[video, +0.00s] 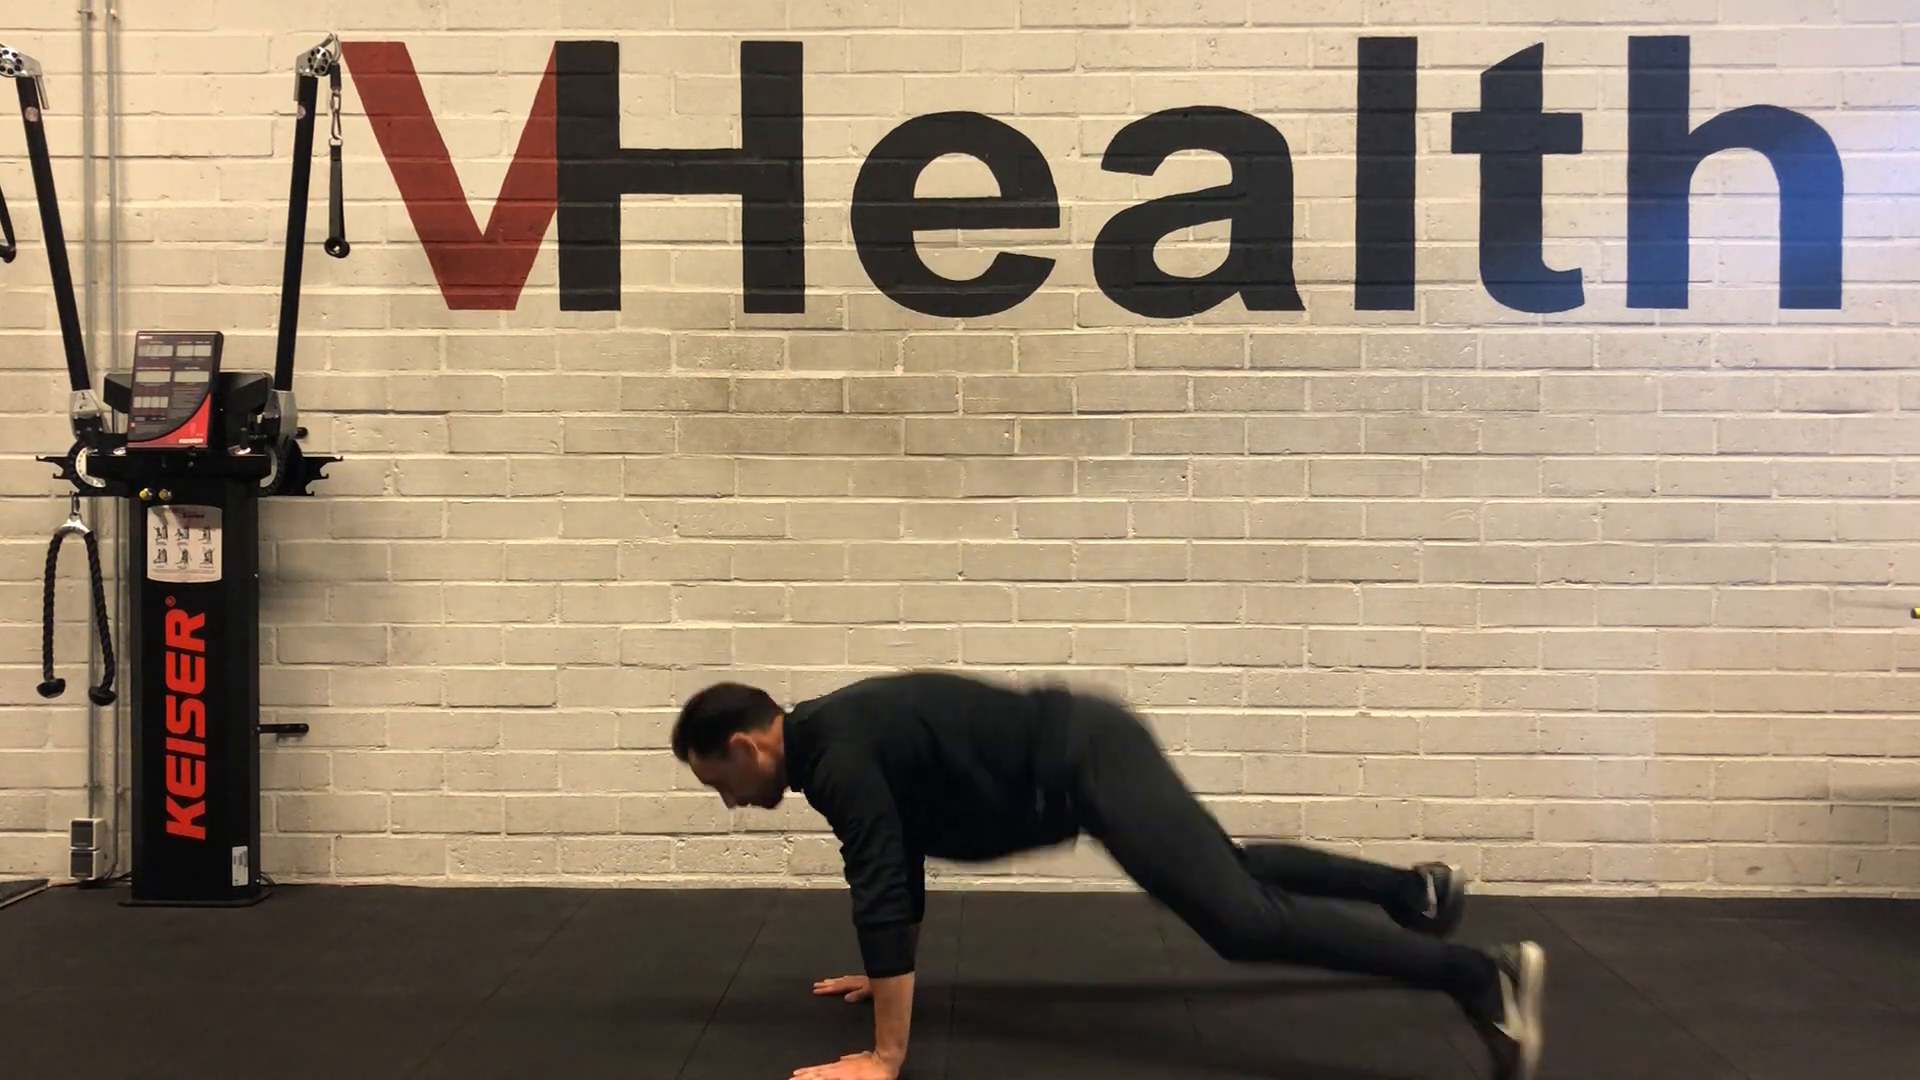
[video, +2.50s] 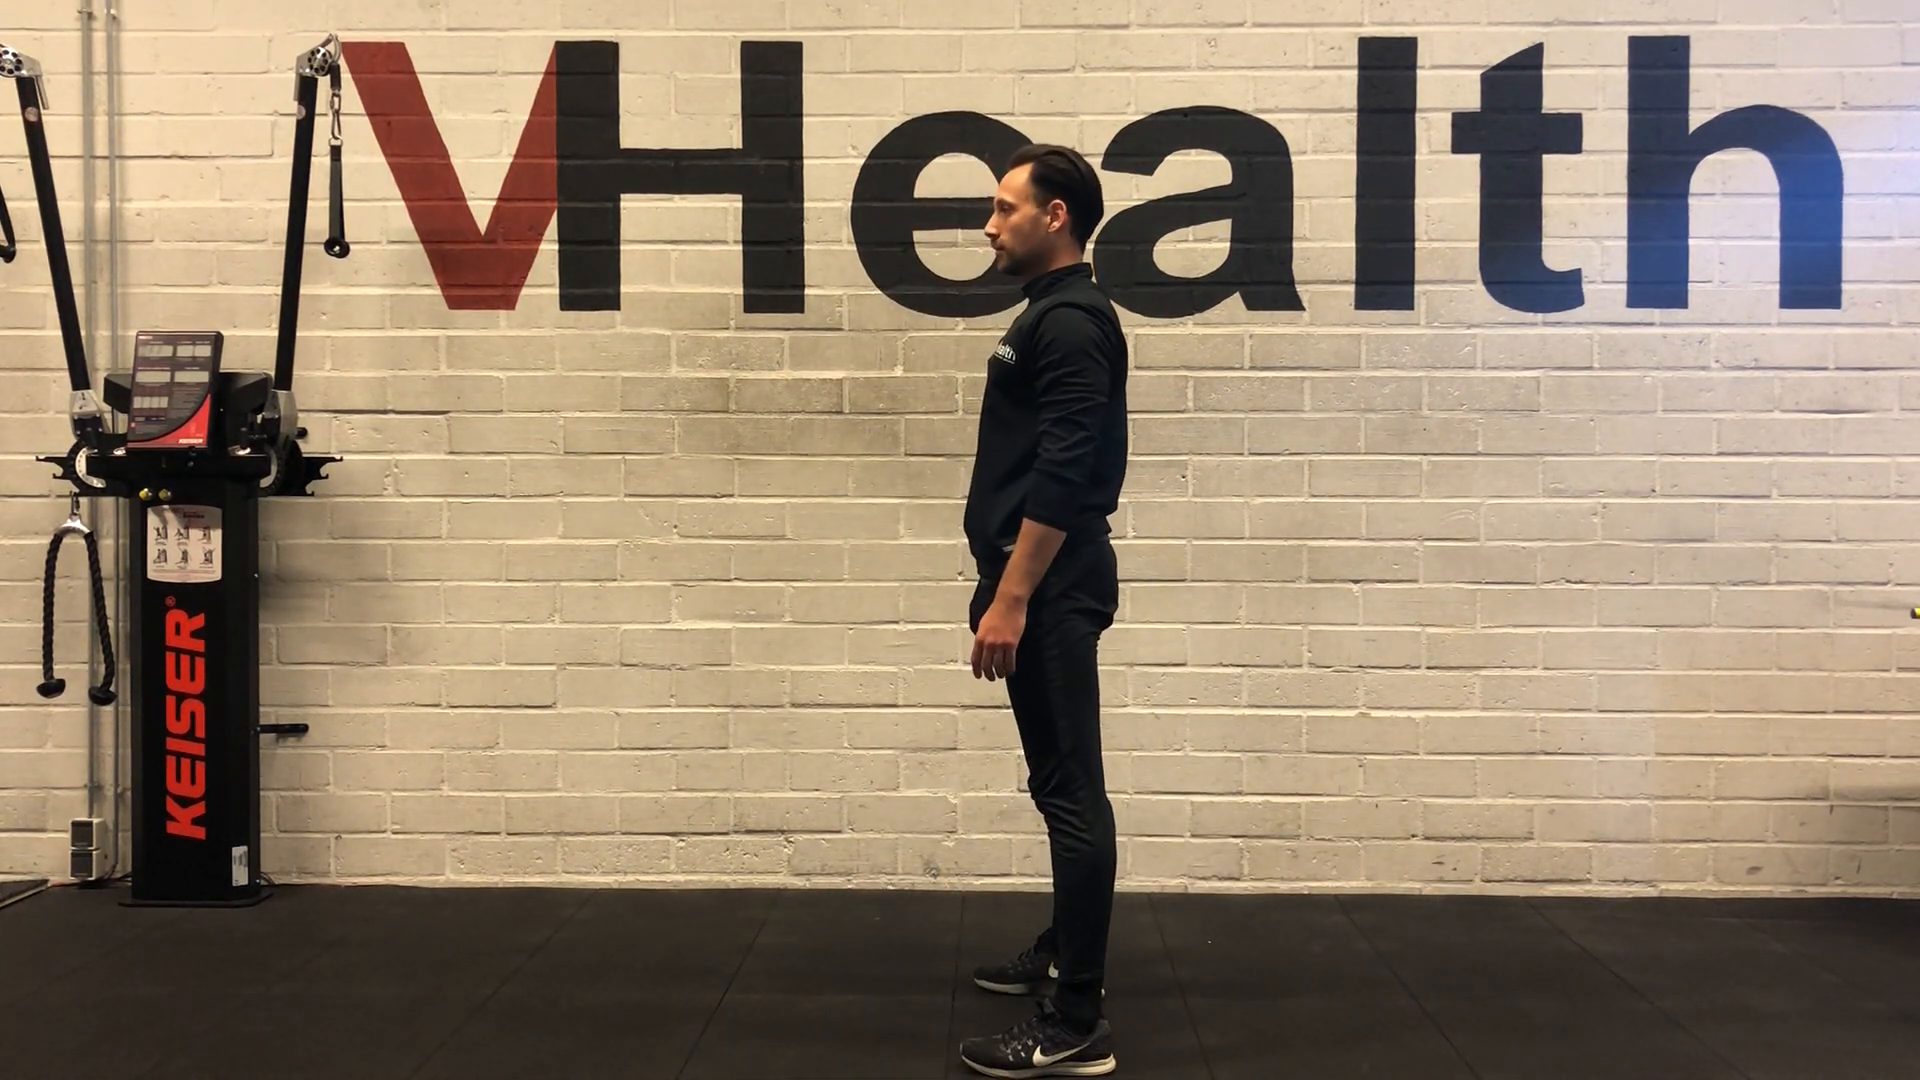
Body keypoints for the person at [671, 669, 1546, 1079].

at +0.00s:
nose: (719, 795)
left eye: (716, 778)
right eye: (711, 783)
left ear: (750, 744)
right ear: (754, 732)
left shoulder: (839, 754)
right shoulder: (827, 737)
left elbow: (888, 898)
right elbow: (888, 873)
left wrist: (886, 1052)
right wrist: (877, 974)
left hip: (1092, 756)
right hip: (1087, 756)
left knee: (1246, 924)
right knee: (1232, 875)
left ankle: (1482, 974)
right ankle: (1414, 893)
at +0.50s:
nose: (811, 568)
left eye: (813, 549)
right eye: (807, 553)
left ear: (857, 535)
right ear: (864, 535)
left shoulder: (931, 598)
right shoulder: (923, 586)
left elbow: (914, 748)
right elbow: (912, 740)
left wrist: (860, 898)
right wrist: (876, 844)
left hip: (1152, 676)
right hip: (1125, 665)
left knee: (997, 809)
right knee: (989, 773)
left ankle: (1072, 1021)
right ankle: (1063, 961)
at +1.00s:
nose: (930, 225)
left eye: (944, 209)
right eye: (933, 209)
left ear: (997, 220)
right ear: (993, 222)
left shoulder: (1021, 319)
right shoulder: (1004, 313)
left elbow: (1058, 465)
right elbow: (1040, 462)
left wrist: (1056, 602)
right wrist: (1027, 594)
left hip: (1043, 592)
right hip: (1029, 586)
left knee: (1036, 790)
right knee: (1036, 783)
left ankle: (1076, 1018)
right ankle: (1063, 958)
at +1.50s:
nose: (978, 211)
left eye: (994, 199)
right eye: (984, 197)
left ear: (1040, 217)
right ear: (1039, 218)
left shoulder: (1044, 317)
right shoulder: (1039, 308)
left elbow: (1037, 470)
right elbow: (1071, 455)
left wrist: (982, 598)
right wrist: (996, 576)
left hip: (1030, 586)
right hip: (1026, 581)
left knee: (1060, 793)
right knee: (1053, 785)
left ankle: (1077, 1016)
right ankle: (1066, 953)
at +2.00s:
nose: (987, 215)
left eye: (1003, 201)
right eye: (993, 200)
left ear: (1050, 217)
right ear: (1048, 218)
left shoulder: (1062, 320)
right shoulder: (1045, 311)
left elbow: (1052, 475)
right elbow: (1045, 469)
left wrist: (996, 596)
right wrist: (998, 589)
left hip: (1045, 587)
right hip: (1035, 583)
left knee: (1068, 793)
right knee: (1060, 785)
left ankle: (1076, 1017)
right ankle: (1066, 952)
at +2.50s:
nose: (991, 223)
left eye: (1005, 209)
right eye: (994, 207)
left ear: (1055, 218)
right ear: (1052, 218)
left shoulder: (1075, 322)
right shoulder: (1054, 313)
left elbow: (1066, 477)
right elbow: (1051, 470)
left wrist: (1011, 598)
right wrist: (1005, 589)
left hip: (1055, 586)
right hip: (1043, 582)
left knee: (1070, 794)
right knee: (1062, 785)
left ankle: (1075, 1018)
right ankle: (1068, 954)